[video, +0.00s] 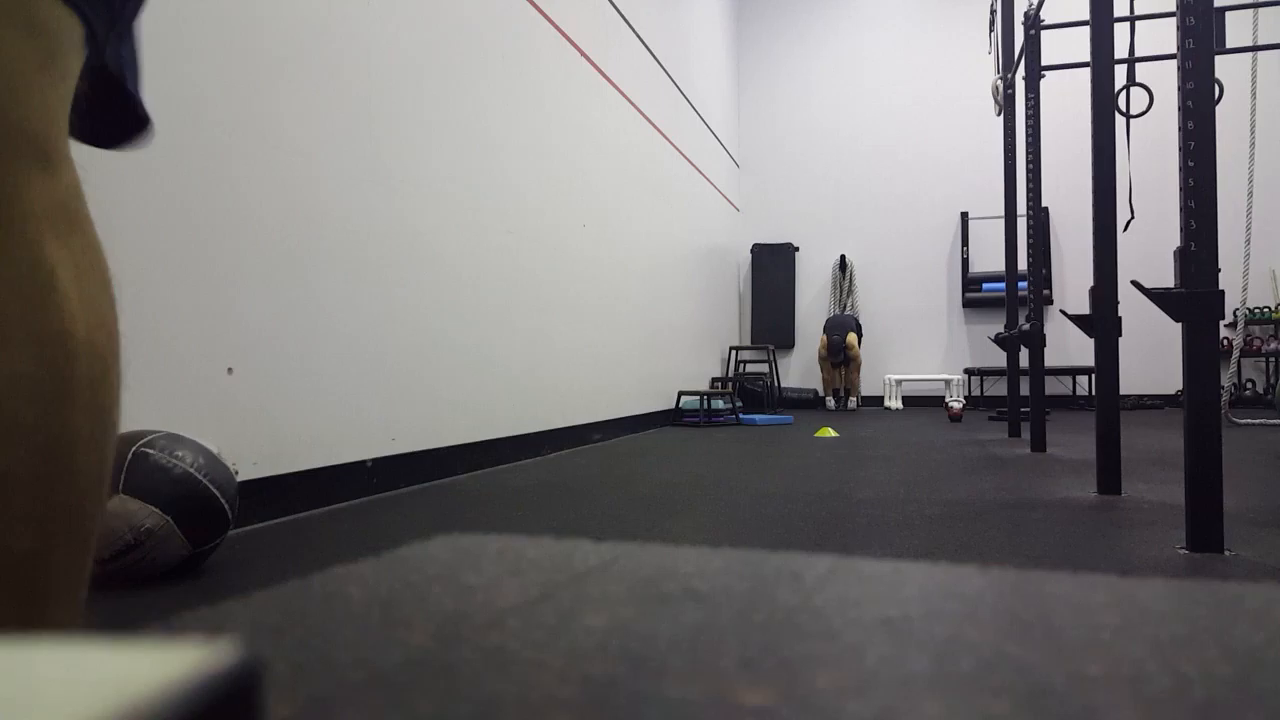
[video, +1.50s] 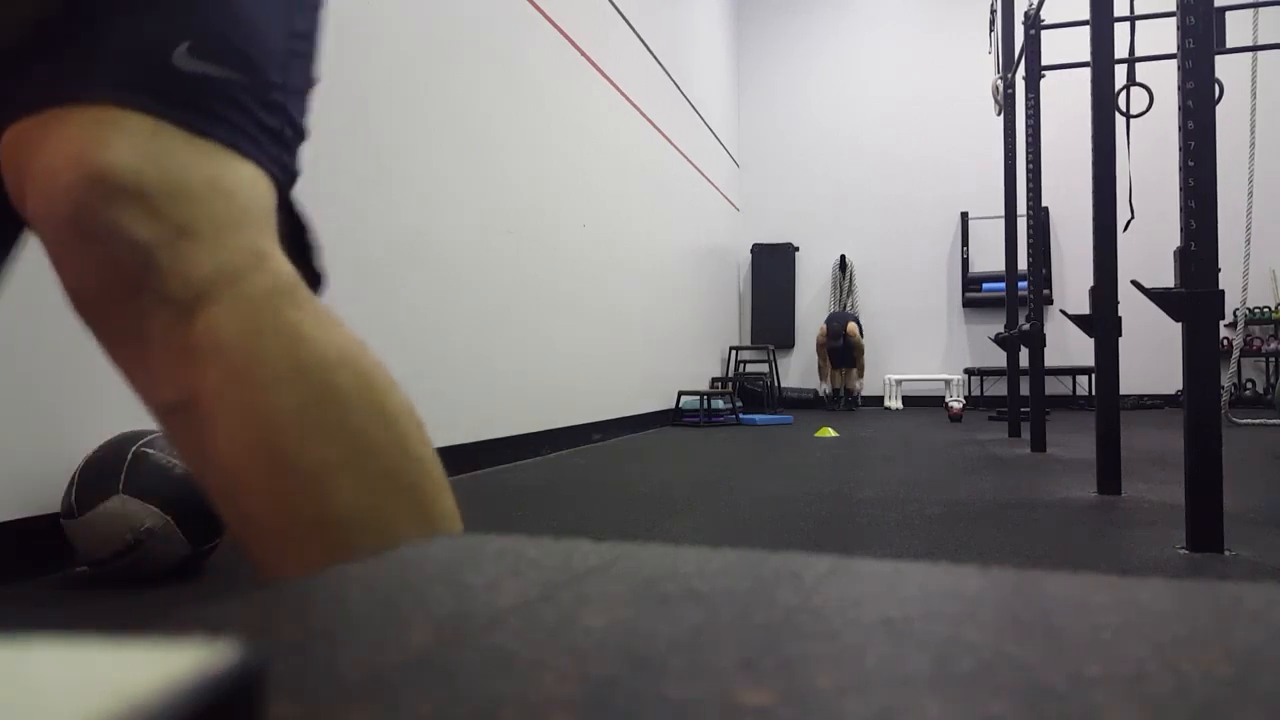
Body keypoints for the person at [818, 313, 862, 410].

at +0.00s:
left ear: (844, 348)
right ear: (828, 349)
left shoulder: (853, 345)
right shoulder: (823, 346)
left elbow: (855, 373)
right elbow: (826, 373)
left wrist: (853, 398)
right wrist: (829, 397)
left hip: (852, 322)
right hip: (830, 322)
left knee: (848, 366)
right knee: (834, 367)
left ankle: (848, 398)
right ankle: (835, 397)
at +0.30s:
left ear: (843, 347)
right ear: (828, 348)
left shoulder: (852, 344)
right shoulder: (823, 346)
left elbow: (855, 372)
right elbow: (826, 373)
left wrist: (853, 397)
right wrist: (828, 397)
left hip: (852, 322)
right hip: (830, 322)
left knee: (848, 366)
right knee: (834, 367)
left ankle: (848, 398)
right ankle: (835, 397)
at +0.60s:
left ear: (843, 348)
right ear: (828, 349)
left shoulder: (852, 345)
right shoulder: (823, 346)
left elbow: (855, 372)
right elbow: (825, 373)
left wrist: (853, 397)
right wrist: (828, 397)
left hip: (853, 322)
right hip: (830, 323)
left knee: (848, 365)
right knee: (834, 367)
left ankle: (848, 398)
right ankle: (835, 397)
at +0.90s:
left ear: (844, 348)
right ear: (829, 350)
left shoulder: (853, 345)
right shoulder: (823, 346)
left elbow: (859, 373)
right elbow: (823, 374)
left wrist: (854, 398)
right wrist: (828, 397)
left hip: (853, 323)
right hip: (831, 323)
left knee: (849, 367)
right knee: (834, 367)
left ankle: (848, 399)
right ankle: (834, 397)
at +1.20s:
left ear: (845, 349)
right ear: (829, 350)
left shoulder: (853, 345)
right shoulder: (824, 345)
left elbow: (859, 372)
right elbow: (823, 374)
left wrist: (856, 398)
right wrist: (828, 397)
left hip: (853, 323)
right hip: (831, 324)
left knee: (849, 367)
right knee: (834, 367)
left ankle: (849, 398)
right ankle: (835, 397)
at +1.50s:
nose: (835, 342)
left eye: (837, 340)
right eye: (832, 340)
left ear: (843, 333)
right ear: (827, 334)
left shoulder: (852, 331)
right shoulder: (822, 334)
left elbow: (860, 356)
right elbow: (822, 360)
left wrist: (860, 378)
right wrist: (823, 382)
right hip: (832, 343)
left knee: (850, 368)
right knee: (835, 369)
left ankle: (848, 398)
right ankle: (835, 398)